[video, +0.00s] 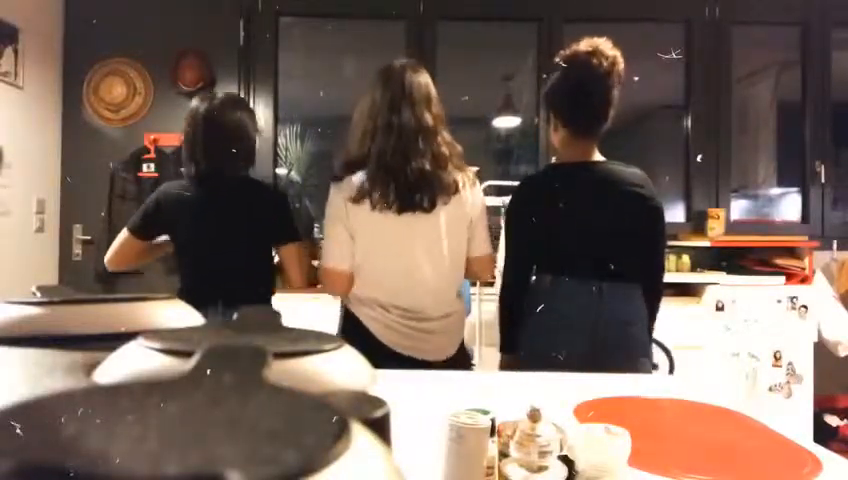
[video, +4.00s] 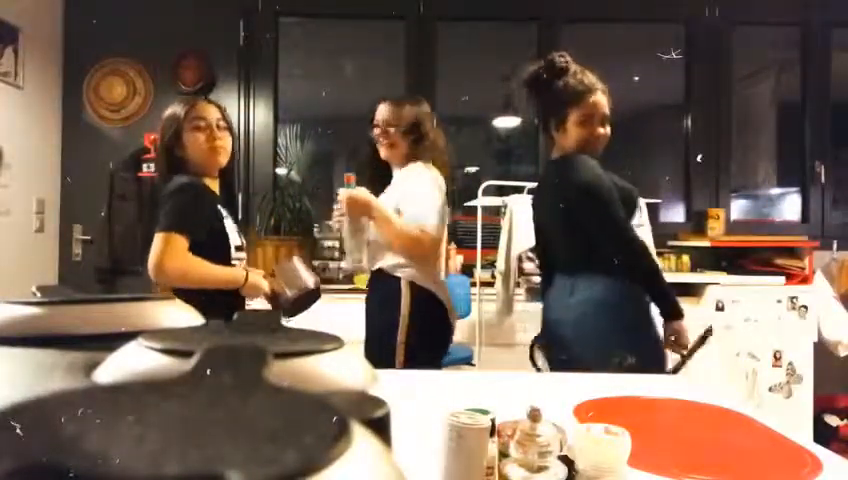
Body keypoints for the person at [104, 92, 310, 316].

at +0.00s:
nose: (256, 141)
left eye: (255, 134)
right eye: (254, 134)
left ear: (191, 142)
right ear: (247, 142)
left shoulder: (172, 197)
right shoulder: (269, 200)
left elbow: (115, 260)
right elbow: (299, 281)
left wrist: (171, 242)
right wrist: (271, 258)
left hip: (191, 338)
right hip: (256, 339)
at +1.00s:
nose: (229, 137)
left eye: (236, 130)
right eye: (214, 131)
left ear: (249, 143)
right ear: (195, 153)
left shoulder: (197, 199)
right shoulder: (232, 200)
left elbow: (160, 267)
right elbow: (279, 285)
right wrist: (292, 269)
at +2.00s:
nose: (248, 146)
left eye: (252, 137)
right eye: (232, 138)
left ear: (260, 145)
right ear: (209, 154)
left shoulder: (201, 206)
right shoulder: (242, 204)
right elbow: (266, 291)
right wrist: (298, 314)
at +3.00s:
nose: (213, 150)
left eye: (218, 144)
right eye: (197, 143)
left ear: (225, 158)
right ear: (173, 163)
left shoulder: (205, 213)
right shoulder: (177, 208)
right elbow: (148, 282)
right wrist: (231, 296)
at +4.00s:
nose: (215, 135)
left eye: (221, 127)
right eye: (200, 128)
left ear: (231, 137)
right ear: (177, 145)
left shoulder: (212, 196)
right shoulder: (186, 191)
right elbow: (165, 266)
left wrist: (251, 276)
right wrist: (241, 279)